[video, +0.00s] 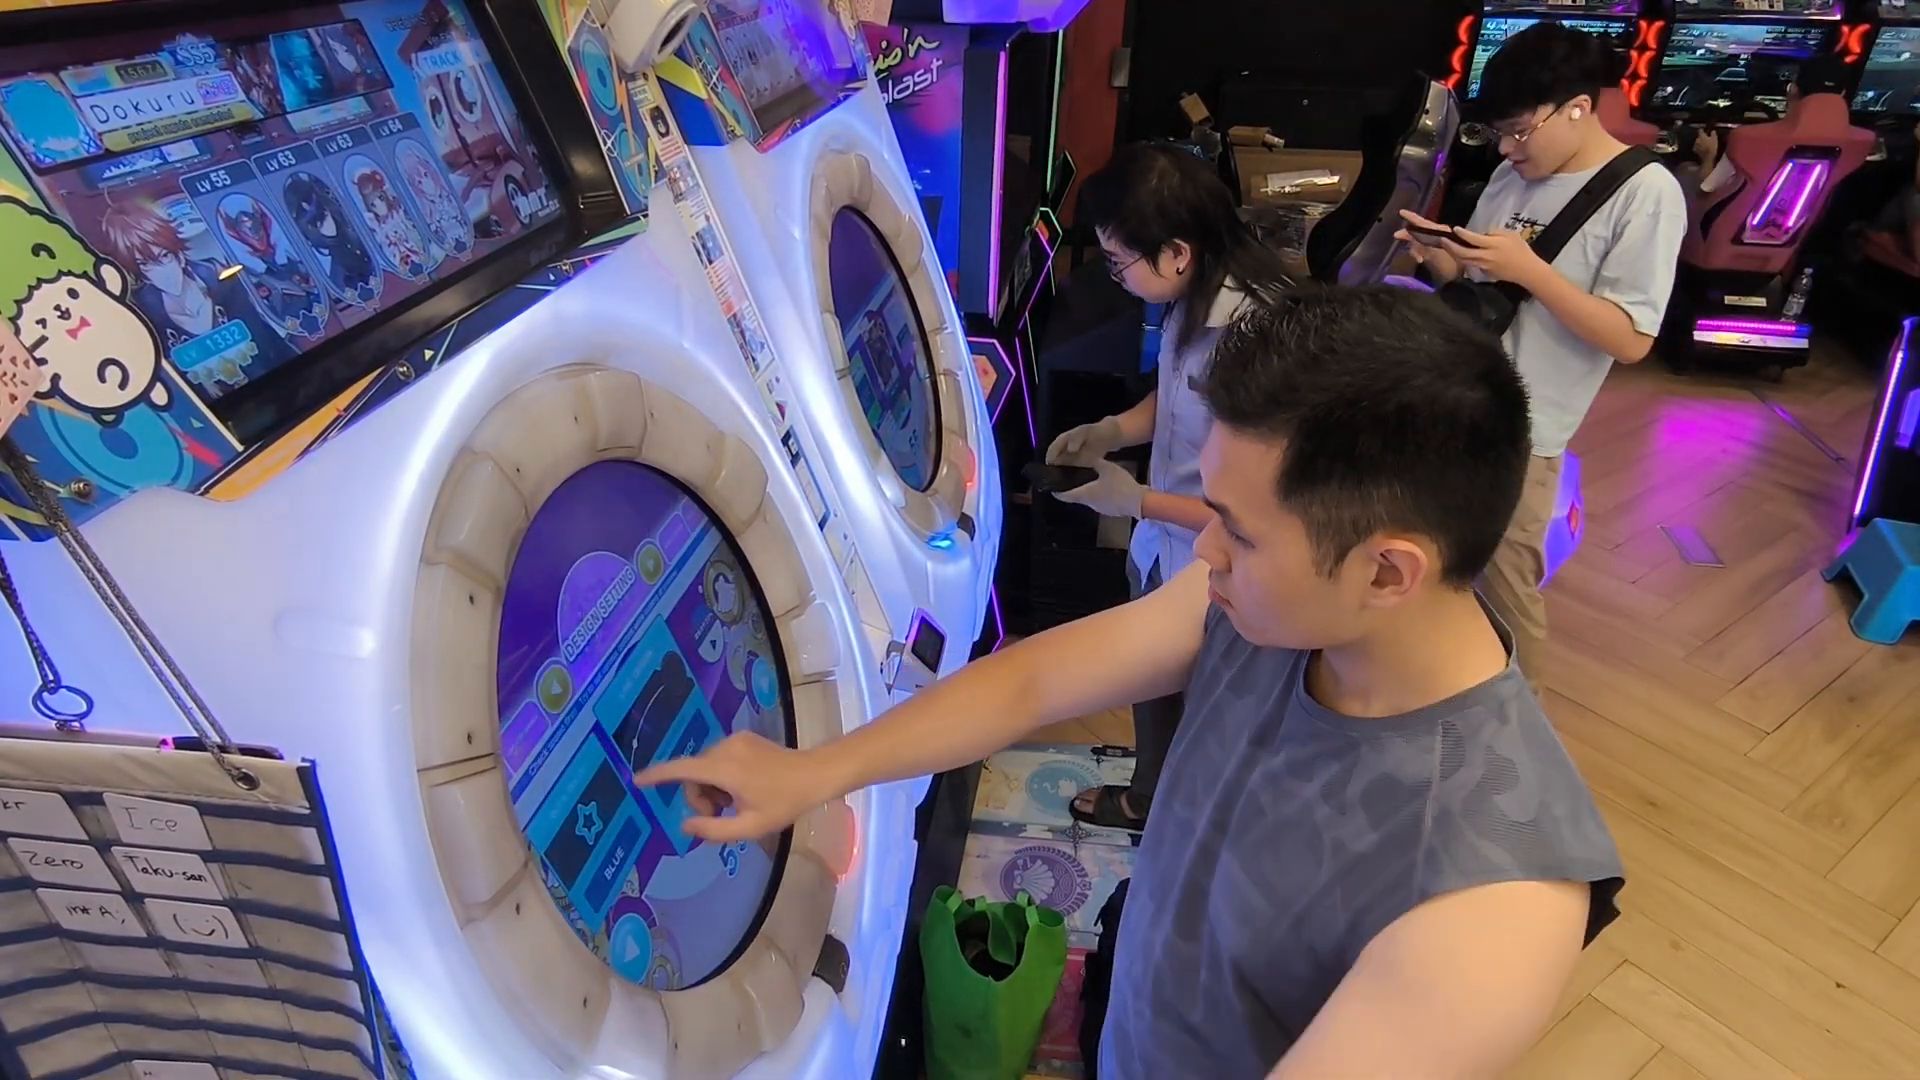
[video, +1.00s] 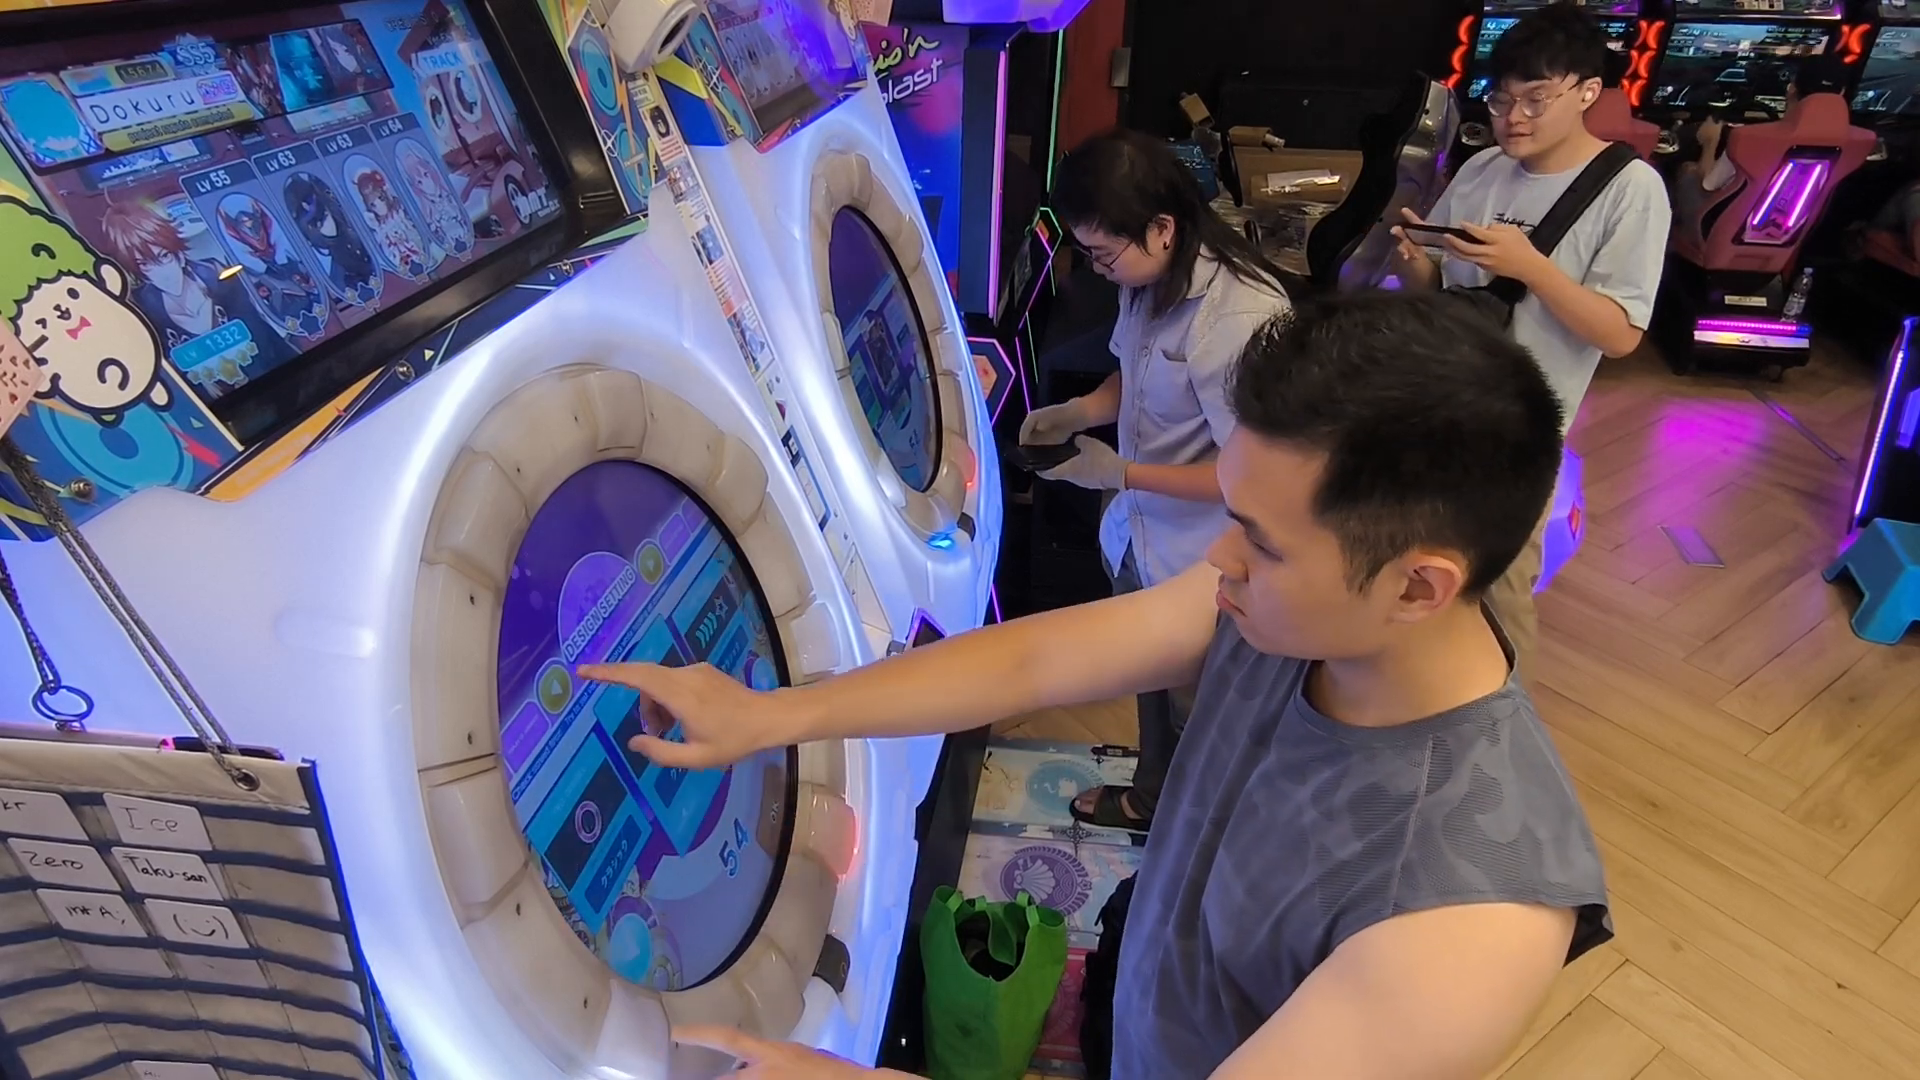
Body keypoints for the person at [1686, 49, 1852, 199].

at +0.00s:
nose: (1788, 88)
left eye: (1792, 83)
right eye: (1792, 82)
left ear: (1795, 91)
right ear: (1842, 97)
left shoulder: (1755, 141)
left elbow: (1704, 194)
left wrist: (1707, 157)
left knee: (1686, 171)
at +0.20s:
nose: (1787, 89)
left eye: (1790, 83)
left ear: (1793, 90)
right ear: (1841, 95)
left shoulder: (1758, 140)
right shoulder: (1840, 151)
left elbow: (1706, 187)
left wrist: (1708, 149)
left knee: (1685, 170)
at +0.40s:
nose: (1788, 88)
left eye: (1791, 83)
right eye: (1792, 81)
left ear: (1793, 91)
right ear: (1840, 96)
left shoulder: (1756, 140)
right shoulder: (1837, 151)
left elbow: (1707, 185)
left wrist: (1708, 151)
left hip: (1719, 246)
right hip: (1774, 254)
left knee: (1686, 171)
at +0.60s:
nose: (1788, 88)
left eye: (1791, 83)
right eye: (1792, 82)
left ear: (1794, 90)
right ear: (1841, 96)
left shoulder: (1757, 140)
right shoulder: (1840, 152)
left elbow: (1706, 186)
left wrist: (1709, 151)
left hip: (1721, 244)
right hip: (1780, 249)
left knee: (1687, 170)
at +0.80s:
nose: (1787, 89)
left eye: (1791, 84)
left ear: (1793, 90)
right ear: (1842, 95)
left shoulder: (1756, 141)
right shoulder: (1843, 152)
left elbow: (1707, 185)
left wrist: (1707, 152)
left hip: (1722, 246)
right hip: (1781, 251)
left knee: (1686, 171)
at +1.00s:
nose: (1787, 88)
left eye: (1790, 83)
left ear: (1792, 90)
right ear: (1841, 95)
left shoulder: (1756, 140)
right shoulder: (1844, 152)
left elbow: (1709, 183)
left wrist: (1709, 143)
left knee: (1687, 171)